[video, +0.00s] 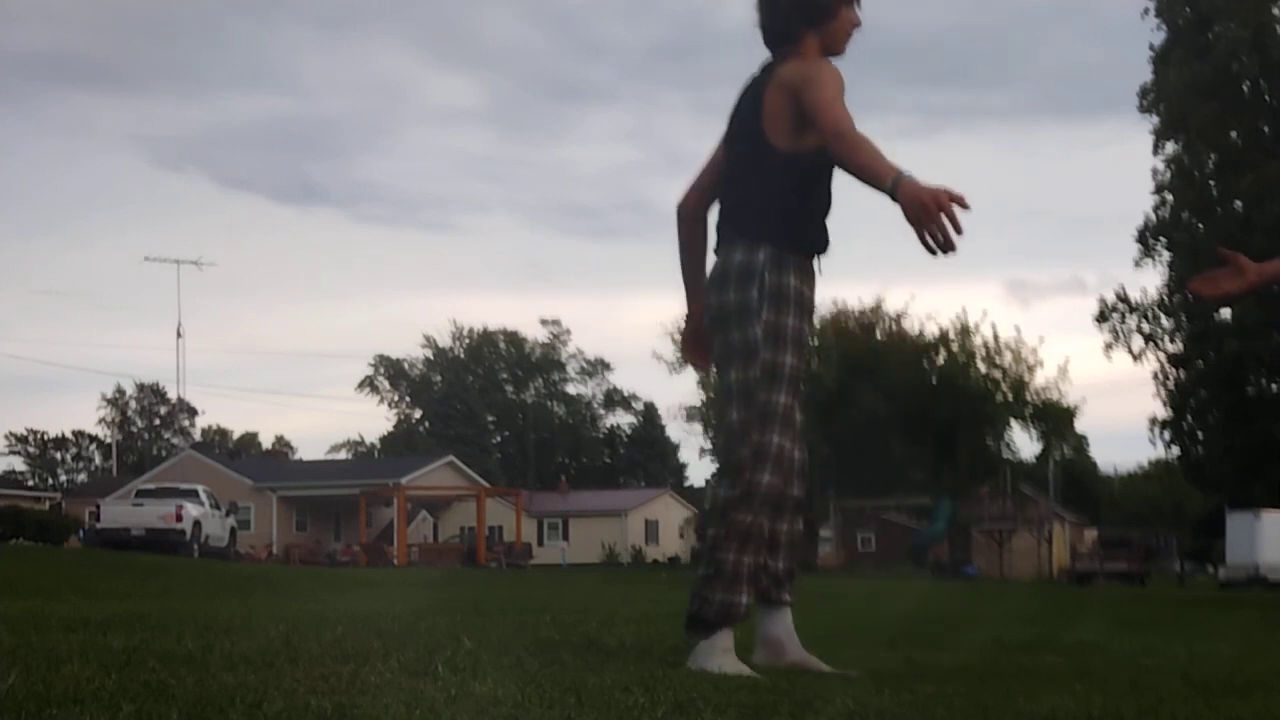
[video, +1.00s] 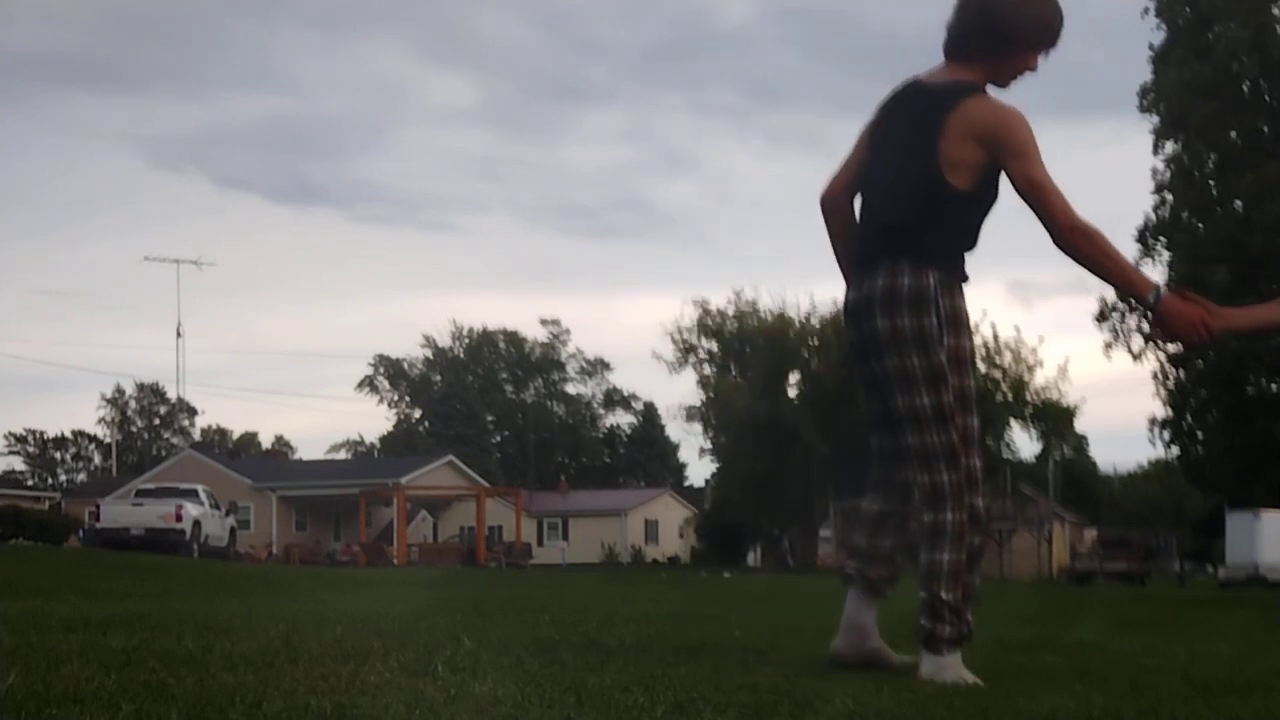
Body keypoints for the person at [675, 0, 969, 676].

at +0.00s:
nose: (857, 16)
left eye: (855, 6)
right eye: (849, 6)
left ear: (792, 20)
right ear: (819, 15)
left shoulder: (760, 91)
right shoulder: (813, 72)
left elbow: (692, 206)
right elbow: (835, 136)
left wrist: (696, 306)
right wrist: (903, 185)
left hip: (742, 276)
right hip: (769, 273)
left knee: (782, 454)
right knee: (759, 455)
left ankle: (775, 634)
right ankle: (711, 643)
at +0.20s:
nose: (875, 37)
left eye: (875, 25)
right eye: (869, 23)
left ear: (804, 33)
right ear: (837, 26)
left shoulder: (762, 106)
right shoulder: (840, 86)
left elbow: (698, 209)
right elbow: (910, 155)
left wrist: (691, 310)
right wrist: (1013, 194)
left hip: (748, 290)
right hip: (797, 285)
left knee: (789, 453)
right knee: (845, 450)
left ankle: (774, 619)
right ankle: (757, 603)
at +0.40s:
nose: (911, 45)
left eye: (911, 31)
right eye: (905, 31)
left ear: (840, 38)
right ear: (872, 34)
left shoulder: (789, 110)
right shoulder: (885, 98)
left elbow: (726, 211)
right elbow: (974, 181)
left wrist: (727, 313)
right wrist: (1077, 232)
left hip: (778, 295)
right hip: (837, 288)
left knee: (801, 460)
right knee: (884, 461)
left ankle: (777, 634)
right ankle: (896, 643)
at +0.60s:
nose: (962, 63)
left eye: (964, 50)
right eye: (960, 49)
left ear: (883, 43)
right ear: (934, 47)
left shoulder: (829, 120)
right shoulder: (934, 118)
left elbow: (768, 220)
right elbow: (1009, 222)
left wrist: (786, 316)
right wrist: (1101, 290)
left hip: (826, 302)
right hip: (890, 294)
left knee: (851, 470)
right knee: (932, 466)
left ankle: (788, 630)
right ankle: (937, 654)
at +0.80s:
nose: (1005, 66)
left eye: (1010, 54)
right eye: (1007, 53)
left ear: (935, 36)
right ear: (988, 49)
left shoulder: (876, 107)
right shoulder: (974, 117)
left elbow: (815, 210)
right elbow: (1043, 225)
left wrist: (841, 311)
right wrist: (1129, 292)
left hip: (854, 294)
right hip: (911, 292)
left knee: (888, 465)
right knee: (952, 473)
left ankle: (810, 614)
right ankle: (940, 656)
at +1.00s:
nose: (1036, 63)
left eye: (1041, 51)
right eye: (1037, 49)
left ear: (966, 33)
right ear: (1013, 45)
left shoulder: (902, 100)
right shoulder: (995, 118)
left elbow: (835, 199)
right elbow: (1066, 228)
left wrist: (864, 281)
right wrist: (1155, 297)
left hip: (870, 289)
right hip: (921, 290)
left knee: (897, 458)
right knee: (953, 468)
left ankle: (856, 624)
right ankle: (942, 656)